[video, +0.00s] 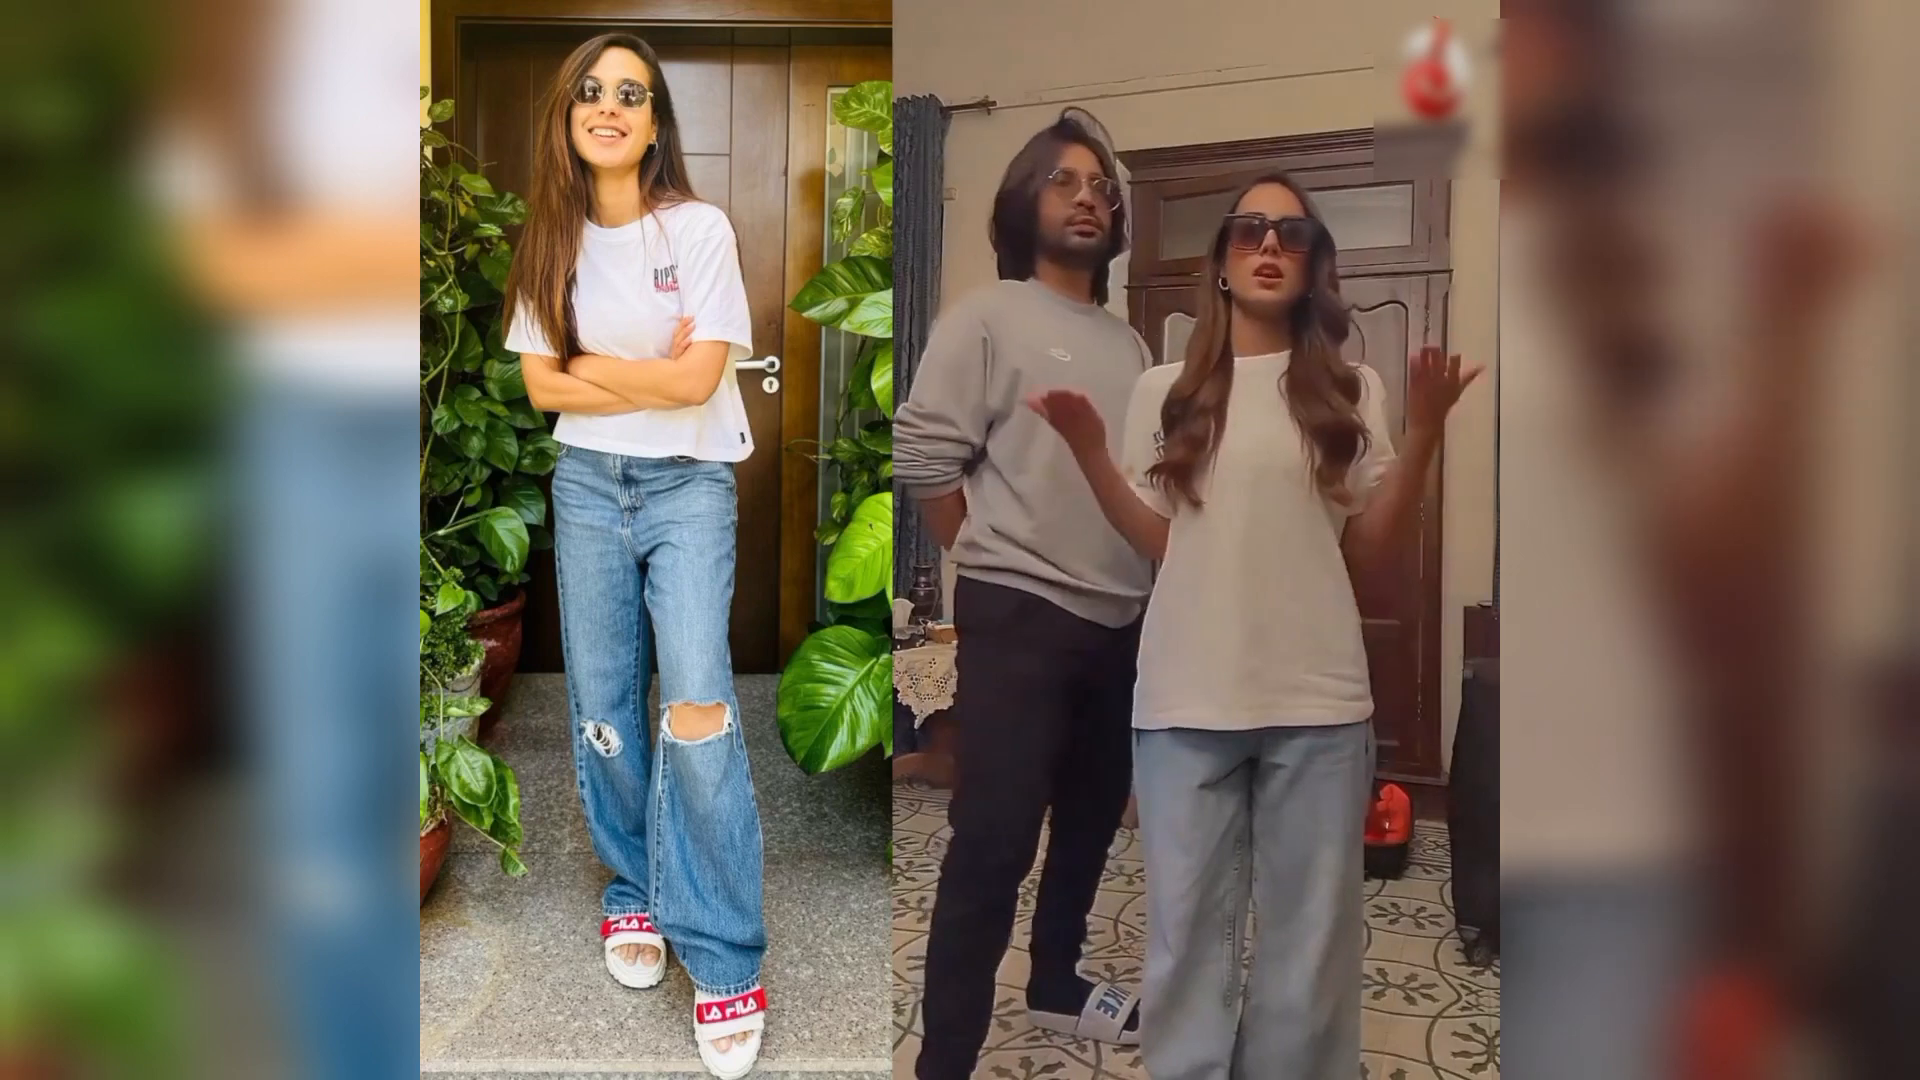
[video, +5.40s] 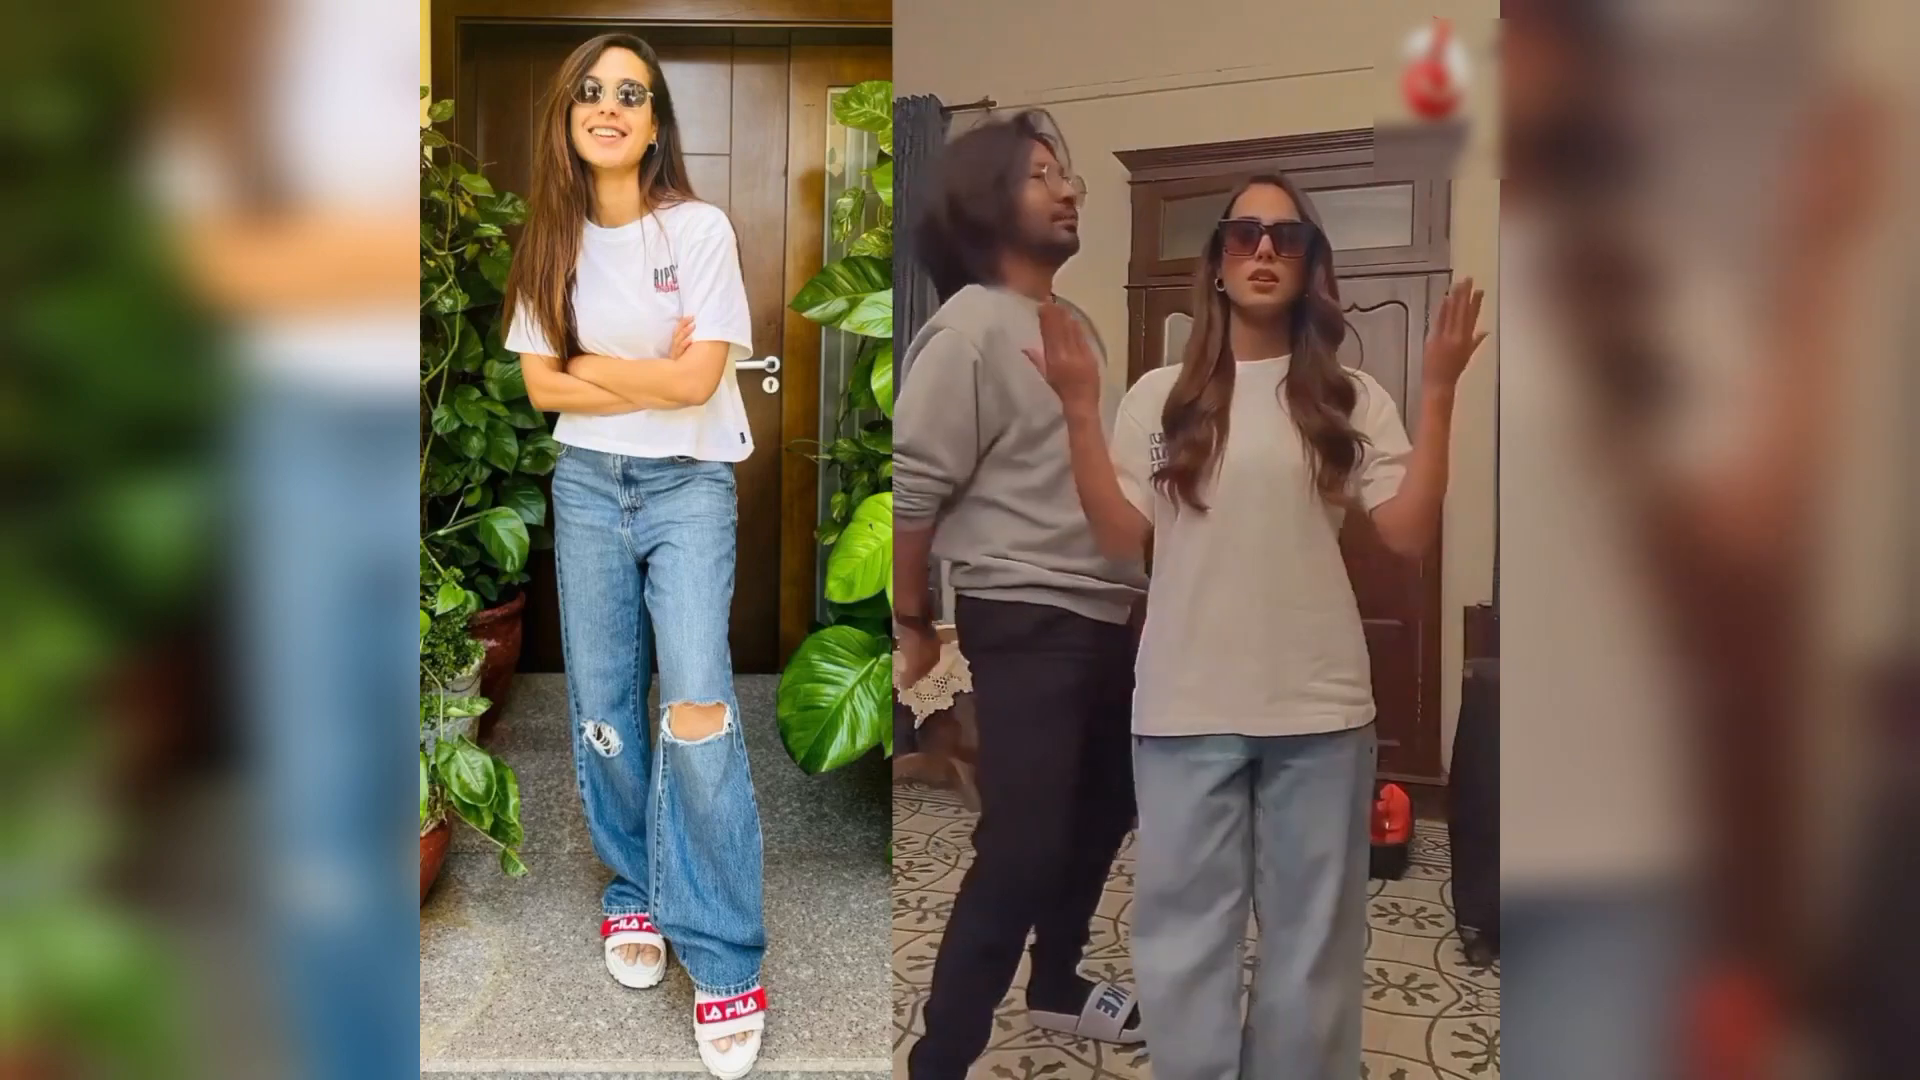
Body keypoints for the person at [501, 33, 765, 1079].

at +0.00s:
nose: (610, 110)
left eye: (630, 97)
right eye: (593, 95)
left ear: (656, 121)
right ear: (566, 117)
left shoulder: (699, 225)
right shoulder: (549, 239)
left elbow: (699, 378)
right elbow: (540, 385)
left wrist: (576, 362)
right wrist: (662, 378)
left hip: (689, 482)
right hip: (584, 484)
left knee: (695, 709)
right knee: (603, 709)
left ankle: (724, 955)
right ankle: (631, 890)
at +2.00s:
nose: (610, 111)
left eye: (629, 98)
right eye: (593, 95)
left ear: (656, 121)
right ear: (566, 117)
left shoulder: (699, 226)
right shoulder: (549, 239)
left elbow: (698, 378)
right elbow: (540, 385)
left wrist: (575, 362)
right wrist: (662, 377)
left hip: (689, 482)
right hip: (584, 483)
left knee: (695, 709)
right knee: (602, 708)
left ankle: (724, 955)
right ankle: (631, 890)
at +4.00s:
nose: (610, 111)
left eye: (629, 98)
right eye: (593, 95)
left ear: (656, 121)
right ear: (566, 117)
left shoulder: (699, 226)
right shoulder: (549, 240)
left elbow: (698, 378)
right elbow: (540, 385)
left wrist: (575, 362)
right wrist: (662, 377)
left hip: (689, 482)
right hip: (584, 484)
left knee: (694, 709)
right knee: (602, 708)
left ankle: (724, 954)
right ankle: (632, 890)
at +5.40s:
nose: (610, 111)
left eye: (630, 98)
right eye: (593, 95)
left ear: (656, 121)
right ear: (566, 117)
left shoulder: (699, 226)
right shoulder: (549, 239)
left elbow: (698, 378)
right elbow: (540, 386)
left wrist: (576, 362)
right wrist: (662, 378)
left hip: (689, 482)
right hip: (584, 484)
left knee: (695, 707)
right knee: (603, 707)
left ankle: (724, 956)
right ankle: (632, 890)